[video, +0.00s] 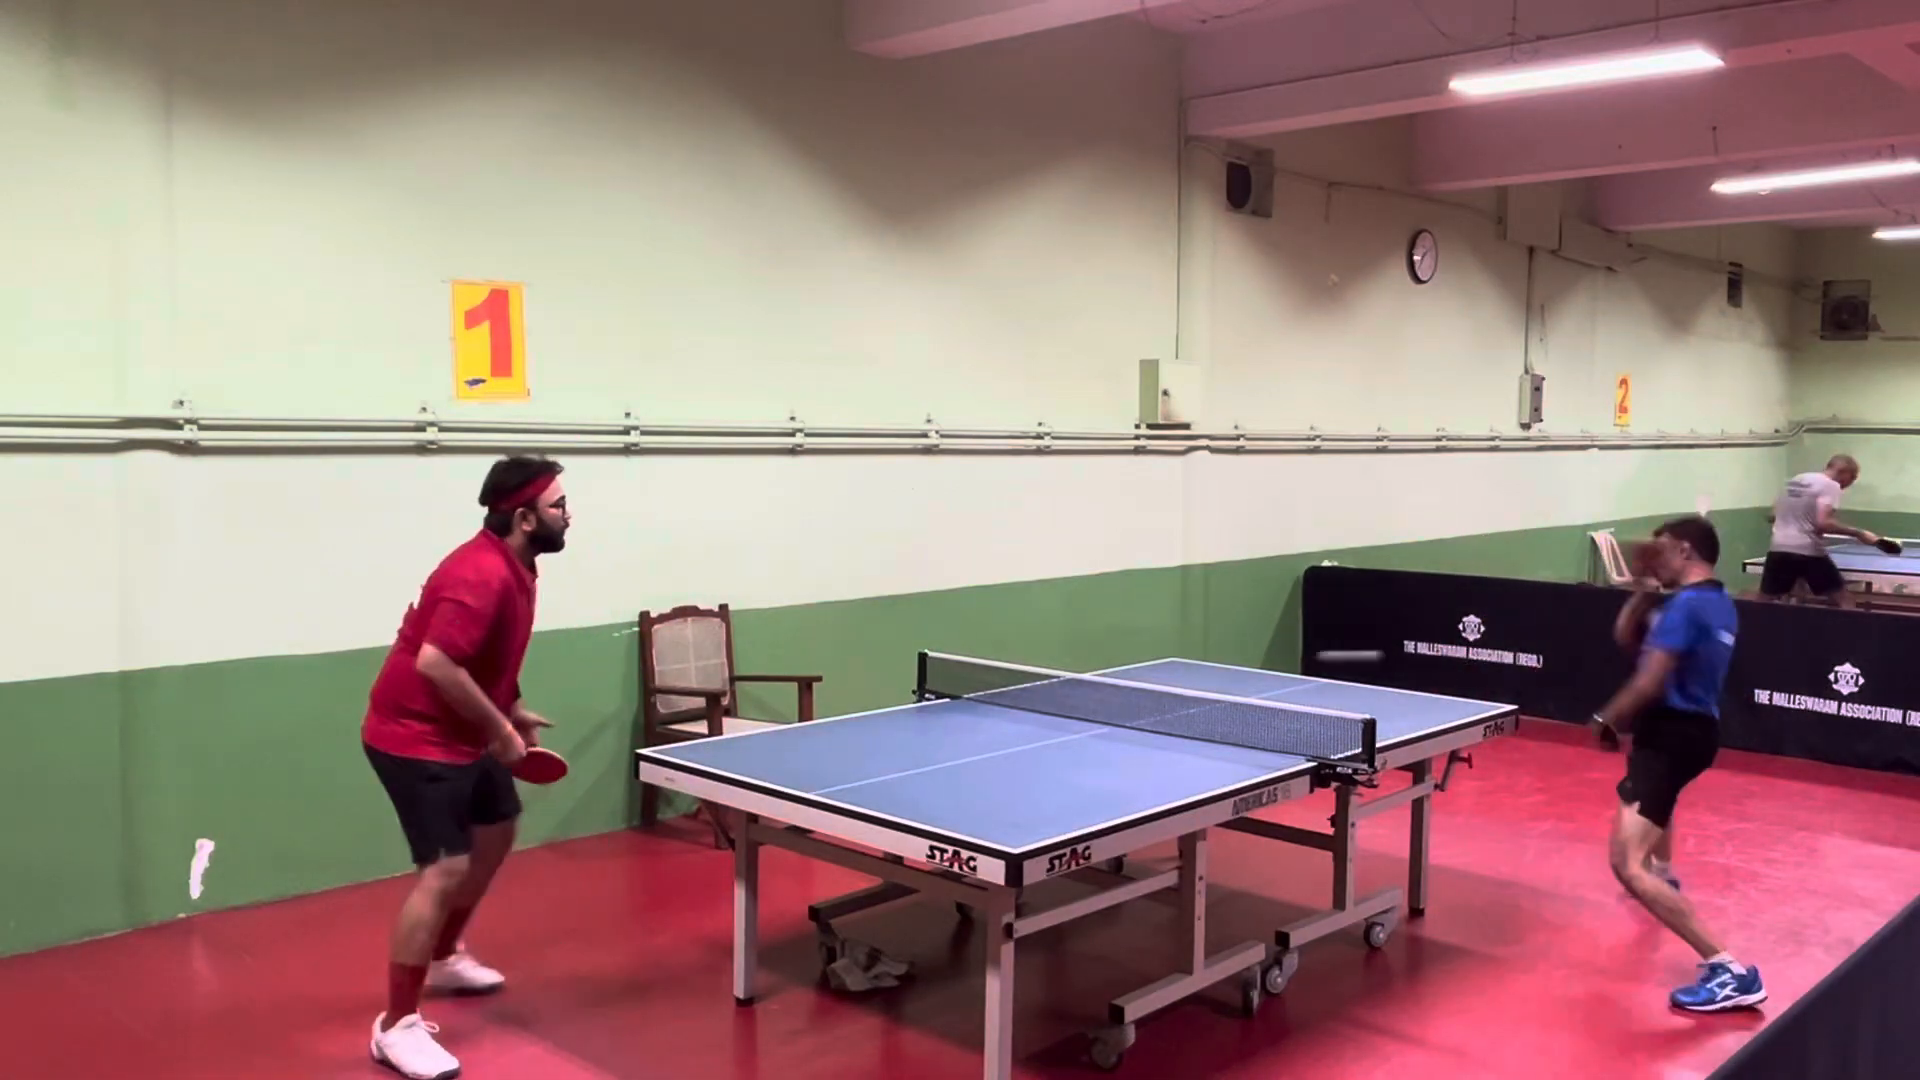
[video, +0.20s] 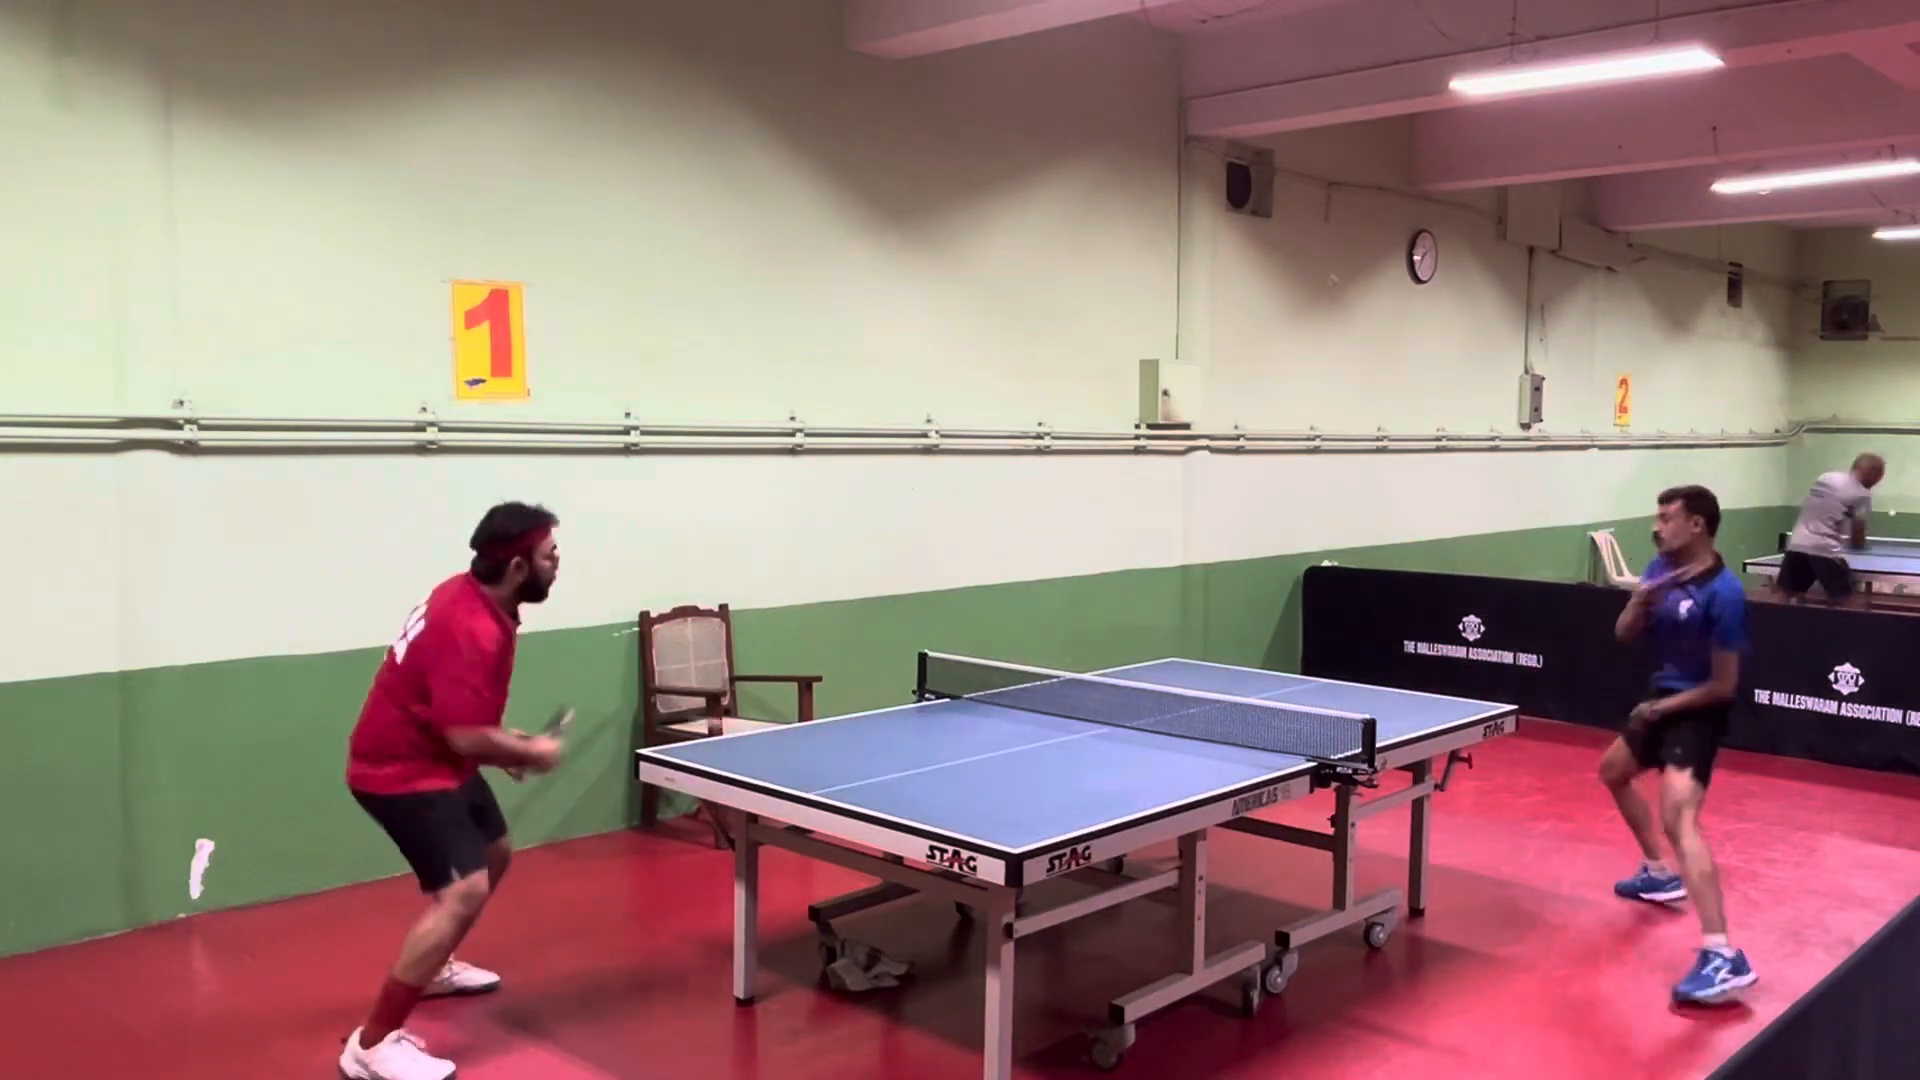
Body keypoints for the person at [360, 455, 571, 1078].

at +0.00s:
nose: (568, 513)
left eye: (565, 502)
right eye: (557, 505)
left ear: (521, 513)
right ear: (519, 515)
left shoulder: (517, 569)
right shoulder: (480, 574)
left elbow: (492, 654)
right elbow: (436, 661)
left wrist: (515, 713)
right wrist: (498, 731)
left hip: (464, 734)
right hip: (413, 737)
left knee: (494, 834)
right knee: (448, 865)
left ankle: (441, 956)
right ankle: (396, 1023)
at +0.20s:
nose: (557, 562)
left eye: (554, 550)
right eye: (549, 553)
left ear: (508, 561)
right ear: (517, 565)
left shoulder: (478, 597)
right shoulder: (471, 626)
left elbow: (467, 704)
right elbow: (462, 736)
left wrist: (511, 747)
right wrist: (535, 750)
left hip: (440, 758)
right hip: (400, 769)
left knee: (493, 858)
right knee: (465, 888)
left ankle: (431, 968)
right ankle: (372, 1042)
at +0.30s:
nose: (542, 560)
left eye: (539, 549)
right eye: (535, 551)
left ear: (484, 553)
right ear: (505, 560)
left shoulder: (438, 575)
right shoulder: (481, 639)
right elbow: (536, 727)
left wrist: (491, 705)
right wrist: (617, 724)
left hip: (415, 758)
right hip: (402, 777)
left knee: (474, 849)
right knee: (472, 898)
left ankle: (434, 966)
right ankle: (373, 1043)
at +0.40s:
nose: (530, 514)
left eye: (525, 503)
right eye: (522, 506)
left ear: (468, 518)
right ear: (492, 521)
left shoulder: (416, 539)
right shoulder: (485, 607)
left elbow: (362, 594)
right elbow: (539, 698)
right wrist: (614, 720)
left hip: (368, 741)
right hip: (416, 761)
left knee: (431, 846)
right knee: (464, 884)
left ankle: (436, 955)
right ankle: (375, 1038)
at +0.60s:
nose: (510, 479)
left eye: (505, 469)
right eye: (501, 471)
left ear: (448, 483)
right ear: (471, 484)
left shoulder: (384, 519)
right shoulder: (471, 572)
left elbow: (331, 588)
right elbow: (483, 682)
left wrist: (329, 661)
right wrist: (533, 739)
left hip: (347, 726)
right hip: (407, 748)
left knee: (393, 834)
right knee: (414, 878)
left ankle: (359, 951)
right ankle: (374, 1039)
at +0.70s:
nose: (497, 485)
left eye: (492, 474)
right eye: (486, 478)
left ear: (432, 490)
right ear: (453, 492)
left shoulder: (373, 533)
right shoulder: (452, 574)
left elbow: (325, 609)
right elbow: (452, 688)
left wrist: (318, 686)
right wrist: (501, 747)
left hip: (337, 742)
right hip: (393, 757)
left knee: (372, 866)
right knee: (408, 888)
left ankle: (315, 1003)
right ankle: (372, 1046)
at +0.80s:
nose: (485, 490)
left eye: (479, 479)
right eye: (474, 483)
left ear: (426, 497)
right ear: (440, 498)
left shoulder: (381, 535)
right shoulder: (431, 574)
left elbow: (368, 642)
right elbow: (423, 688)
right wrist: (479, 751)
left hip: (323, 745)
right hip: (379, 759)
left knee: (350, 878)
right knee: (436, 885)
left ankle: (303, 1023)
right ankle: (376, 1040)